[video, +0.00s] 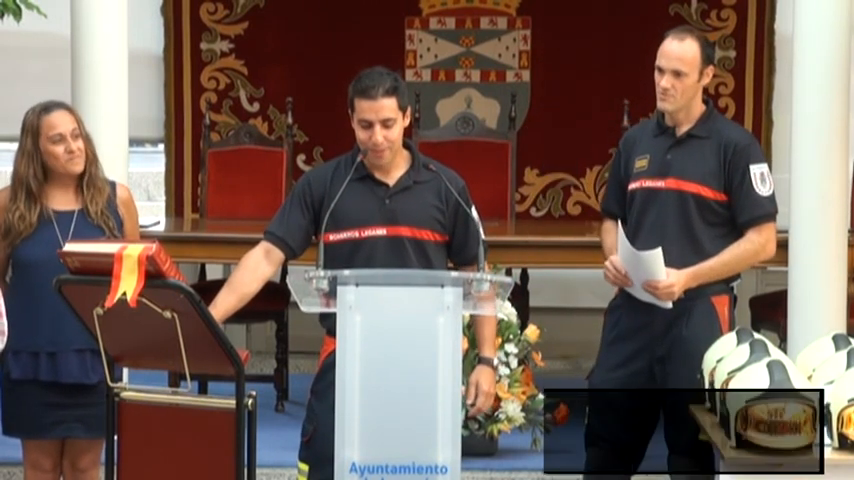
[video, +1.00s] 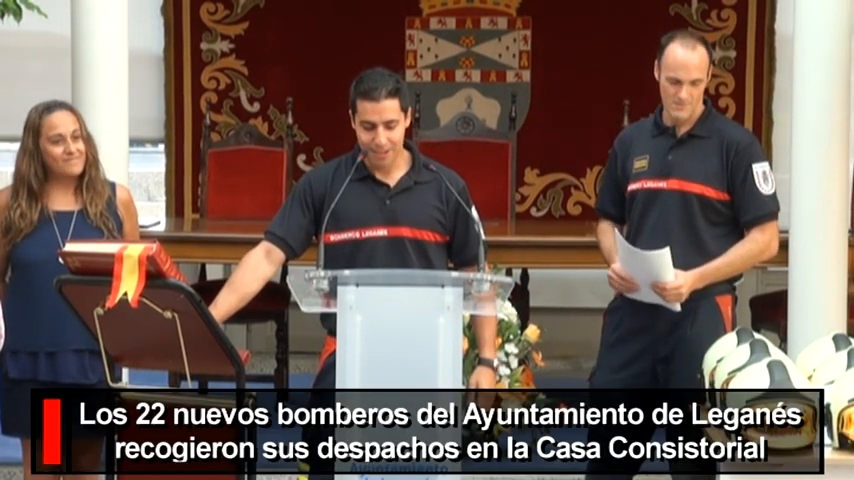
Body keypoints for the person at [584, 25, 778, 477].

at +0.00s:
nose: (663, 83)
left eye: (677, 73)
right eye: (659, 70)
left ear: (706, 77)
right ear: (653, 71)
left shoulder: (736, 145)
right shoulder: (634, 140)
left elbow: (763, 243)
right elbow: (612, 216)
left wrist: (687, 278)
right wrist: (613, 256)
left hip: (696, 333)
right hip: (629, 327)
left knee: (692, 466)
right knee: (605, 464)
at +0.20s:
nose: (663, 83)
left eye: (676, 74)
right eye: (658, 71)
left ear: (705, 77)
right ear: (652, 71)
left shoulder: (736, 145)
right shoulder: (633, 140)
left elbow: (763, 243)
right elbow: (612, 217)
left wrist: (689, 279)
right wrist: (614, 256)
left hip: (696, 334)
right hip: (629, 329)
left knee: (692, 467)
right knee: (605, 464)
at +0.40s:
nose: (663, 84)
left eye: (677, 74)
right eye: (659, 72)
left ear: (705, 77)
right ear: (652, 72)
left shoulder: (736, 145)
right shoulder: (633, 140)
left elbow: (764, 242)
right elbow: (611, 217)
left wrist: (690, 280)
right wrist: (615, 257)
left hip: (697, 333)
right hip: (630, 328)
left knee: (693, 467)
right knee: (607, 464)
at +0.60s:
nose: (679, 91)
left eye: (690, 80)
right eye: (670, 79)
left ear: (706, 79)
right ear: (656, 76)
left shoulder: (737, 145)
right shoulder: (632, 141)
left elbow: (764, 242)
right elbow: (611, 218)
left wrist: (691, 280)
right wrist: (615, 259)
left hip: (699, 335)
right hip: (630, 330)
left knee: (693, 467)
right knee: (607, 465)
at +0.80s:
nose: (684, 93)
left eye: (694, 83)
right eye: (675, 81)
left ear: (707, 80)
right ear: (657, 77)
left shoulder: (737, 145)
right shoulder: (630, 142)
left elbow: (765, 241)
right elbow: (609, 219)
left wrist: (692, 280)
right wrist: (615, 260)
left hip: (698, 328)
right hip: (631, 322)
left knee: (693, 462)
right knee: (607, 458)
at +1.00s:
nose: (684, 94)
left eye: (694, 83)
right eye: (674, 81)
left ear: (708, 81)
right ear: (657, 76)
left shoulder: (738, 145)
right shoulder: (629, 141)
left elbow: (766, 241)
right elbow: (607, 218)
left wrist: (694, 280)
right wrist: (616, 261)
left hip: (700, 323)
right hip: (632, 316)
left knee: (693, 456)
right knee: (608, 451)